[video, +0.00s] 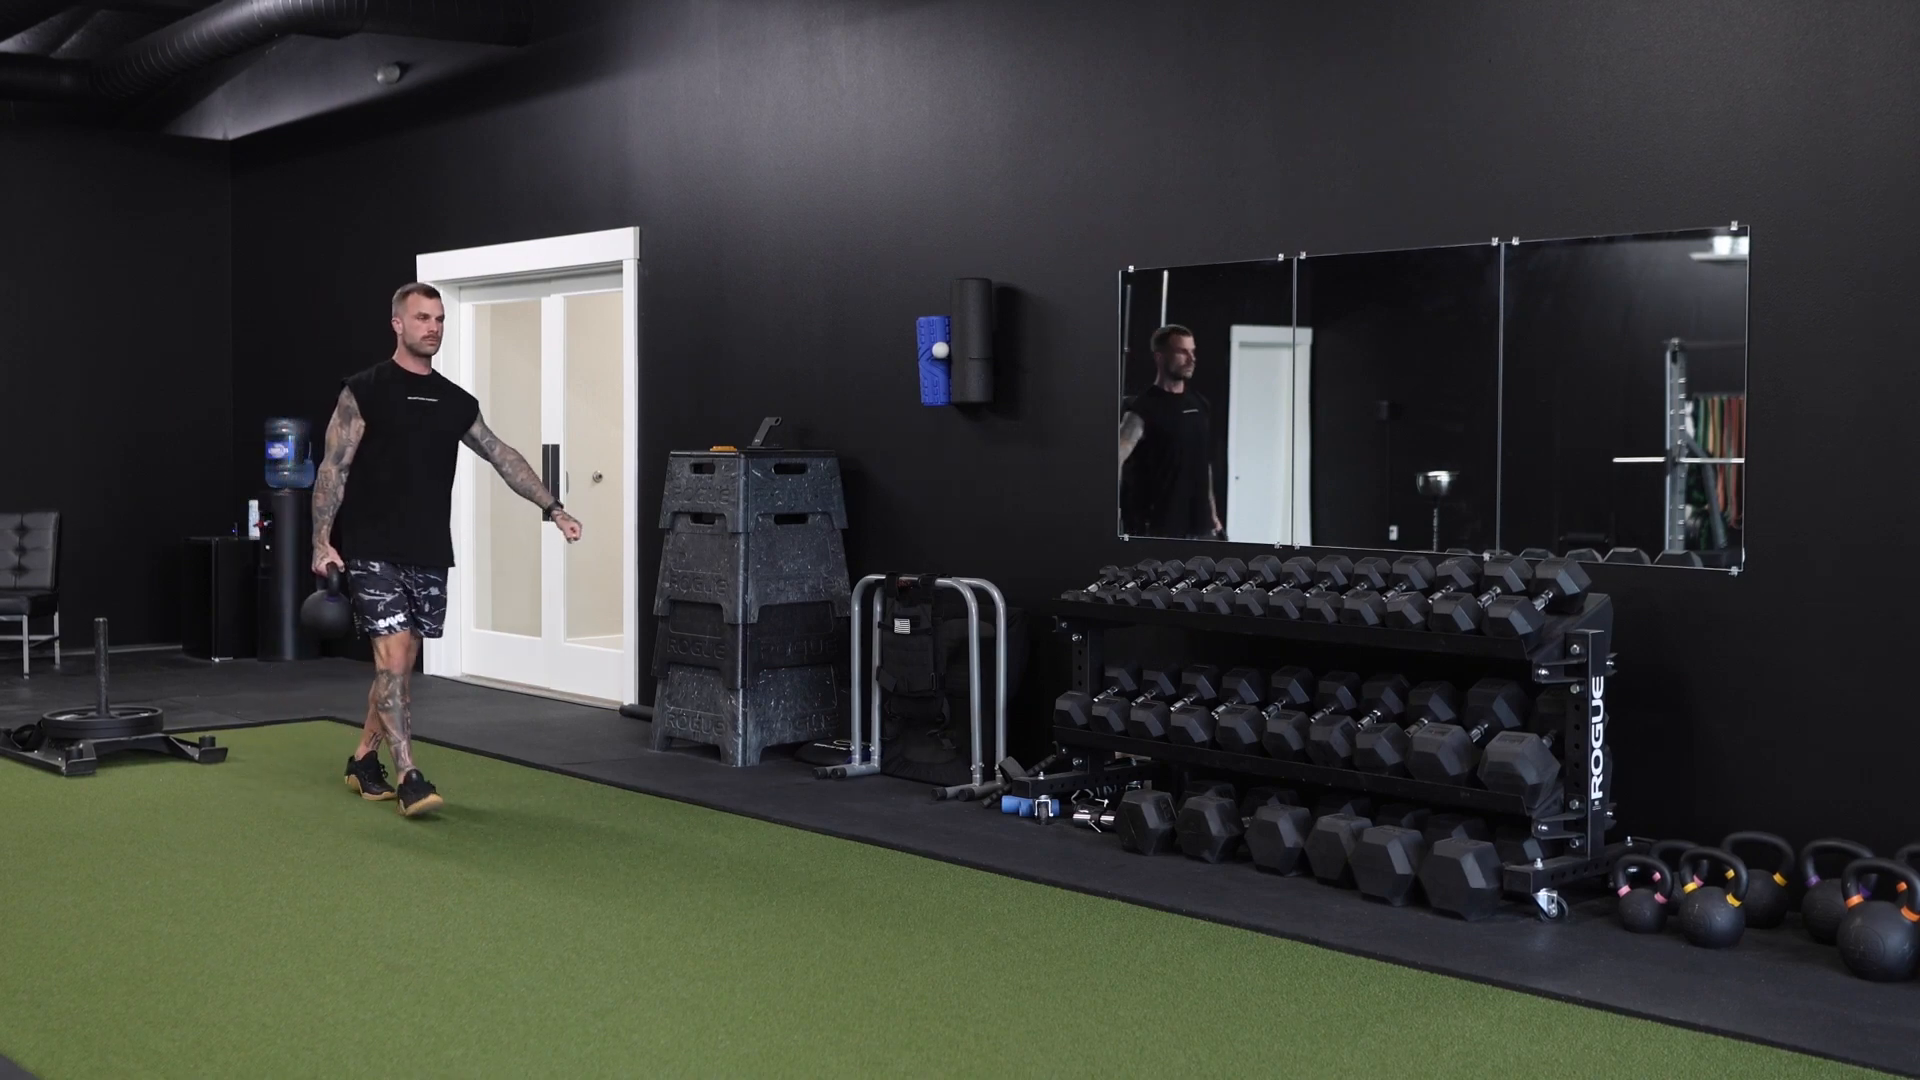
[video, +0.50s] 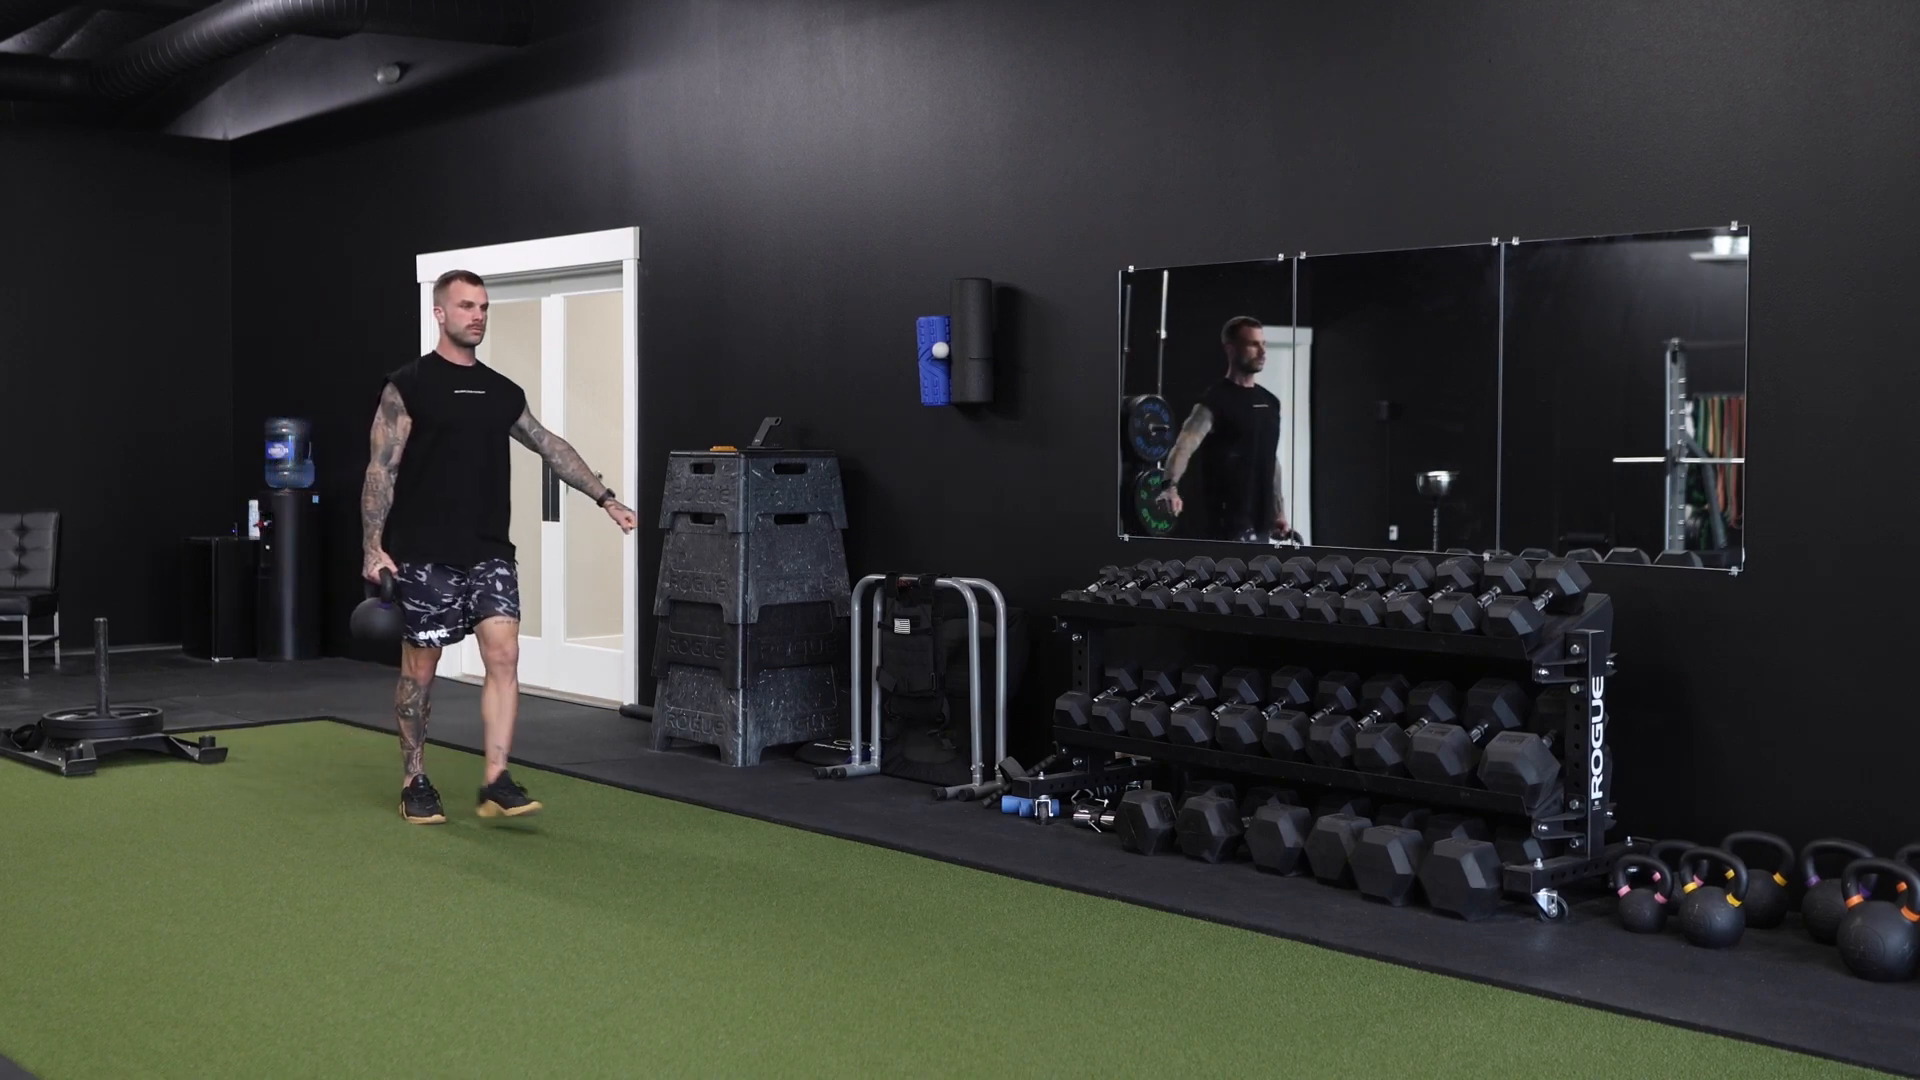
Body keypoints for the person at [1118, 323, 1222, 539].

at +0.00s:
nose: (1191, 359)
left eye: (1193, 352)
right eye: (1182, 352)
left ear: (1196, 354)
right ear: (1159, 357)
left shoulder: (1199, 406)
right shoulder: (1143, 407)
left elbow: (1204, 465)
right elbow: (1116, 458)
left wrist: (1211, 513)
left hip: (1194, 524)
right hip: (1152, 525)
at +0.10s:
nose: (1208, 356)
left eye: (1210, 349)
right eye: (1199, 349)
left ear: (1212, 352)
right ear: (1176, 354)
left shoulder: (1215, 405)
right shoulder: (1160, 405)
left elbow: (1218, 468)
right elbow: (1131, 452)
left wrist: (1227, 515)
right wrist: (1121, 492)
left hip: (1213, 522)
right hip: (1173, 523)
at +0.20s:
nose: (1223, 354)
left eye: (1225, 347)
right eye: (1214, 347)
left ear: (1228, 350)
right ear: (1191, 351)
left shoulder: (1232, 404)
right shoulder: (1177, 402)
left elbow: (1232, 462)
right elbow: (1146, 448)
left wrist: (1241, 516)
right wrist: (1134, 487)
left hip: (1228, 524)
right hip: (1189, 524)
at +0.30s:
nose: (1236, 352)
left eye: (1238, 345)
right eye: (1227, 345)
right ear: (1204, 349)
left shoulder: (1245, 402)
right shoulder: (1189, 400)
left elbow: (1245, 459)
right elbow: (1158, 445)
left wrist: (1253, 512)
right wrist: (1146, 484)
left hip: (1239, 521)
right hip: (1201, 522)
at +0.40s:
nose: (1249, 350)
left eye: (1251, 344)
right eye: (1240, 344)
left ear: (1253, 346)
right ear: (1217, 348)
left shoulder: (1257, 402)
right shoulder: (1203, 398)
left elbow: (1257, 459)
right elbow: (1172, 443)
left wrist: (1265, 511)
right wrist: (1158, 482)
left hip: (1248, 518)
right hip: (1211, 518)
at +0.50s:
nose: (1262, 351)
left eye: (1264, 344)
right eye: (1253, 344)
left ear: (1267, 346)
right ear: (1229, 348)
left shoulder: (1270, 403)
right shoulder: (1216, 399)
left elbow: (1270, 461)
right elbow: (1184, 445)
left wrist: (1278, 513)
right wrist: (1169, 485)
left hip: (1259, 518)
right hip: (1224, 516)